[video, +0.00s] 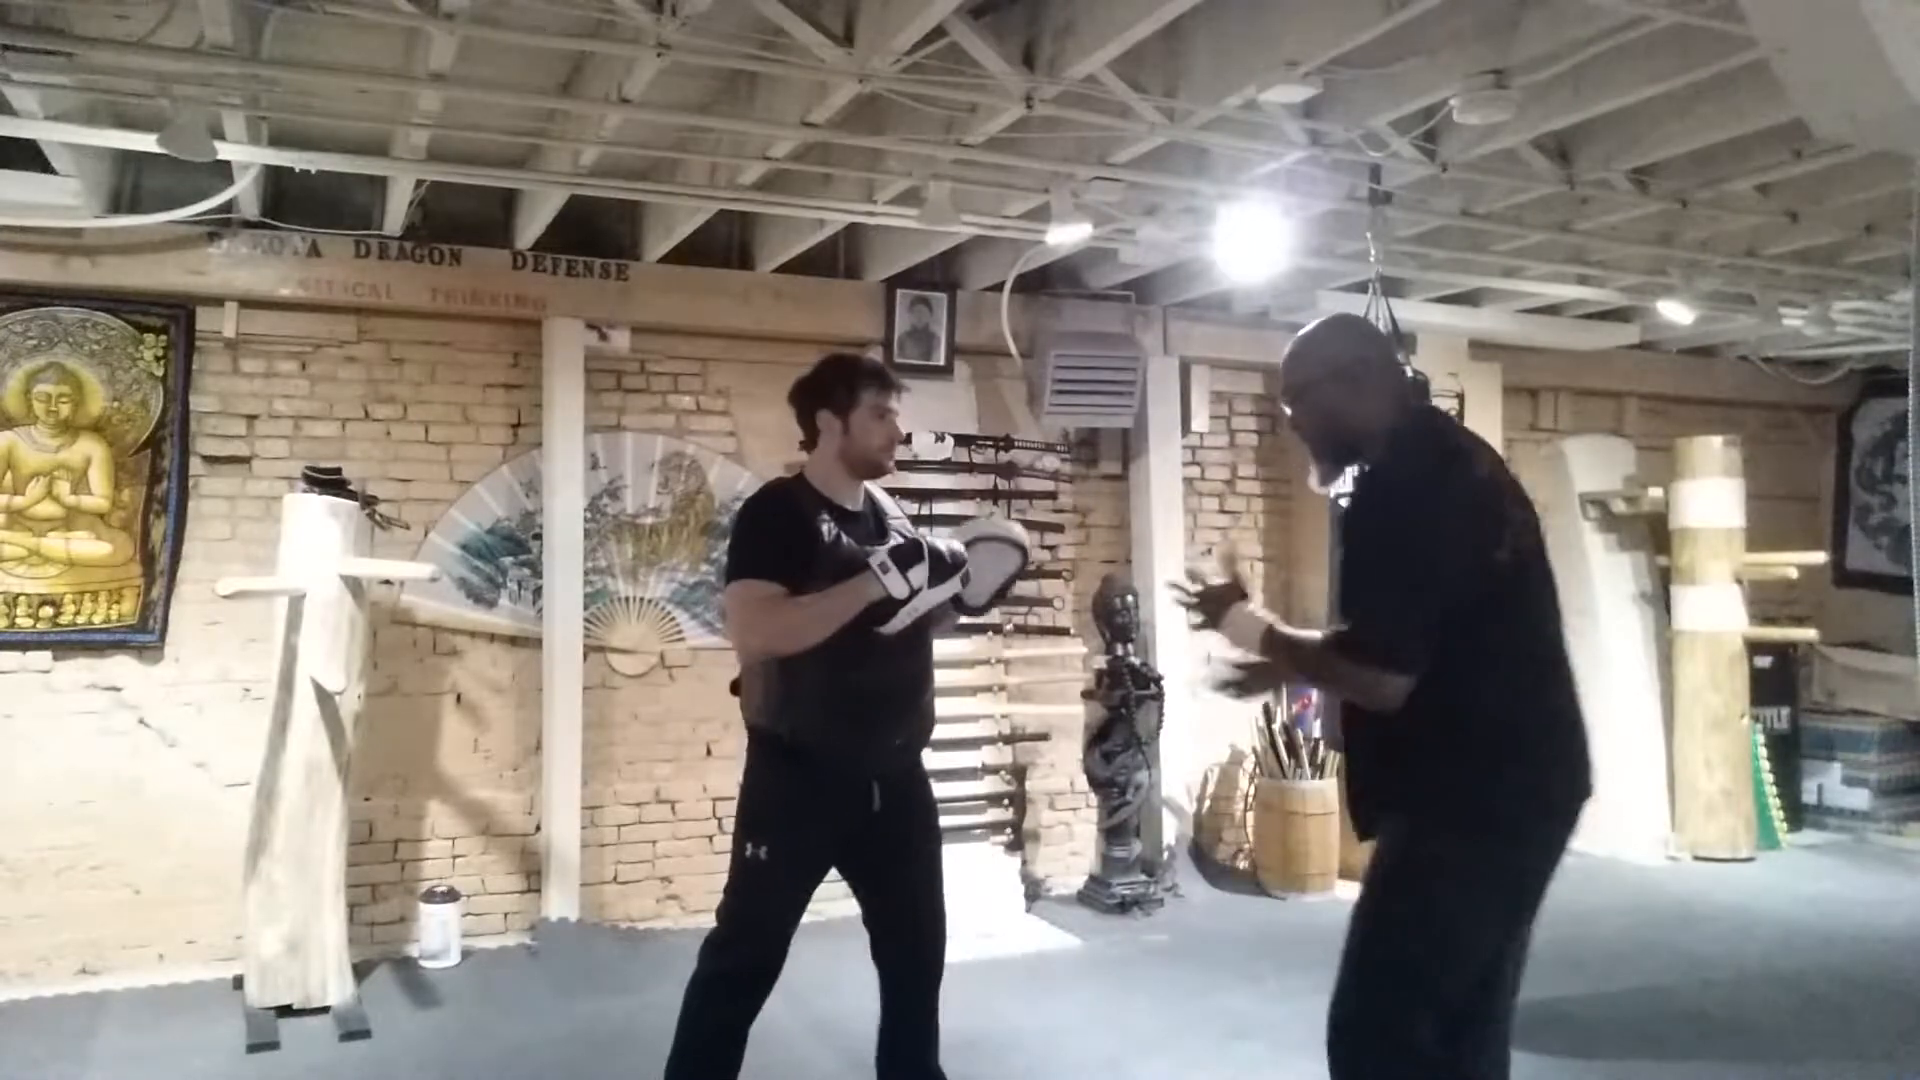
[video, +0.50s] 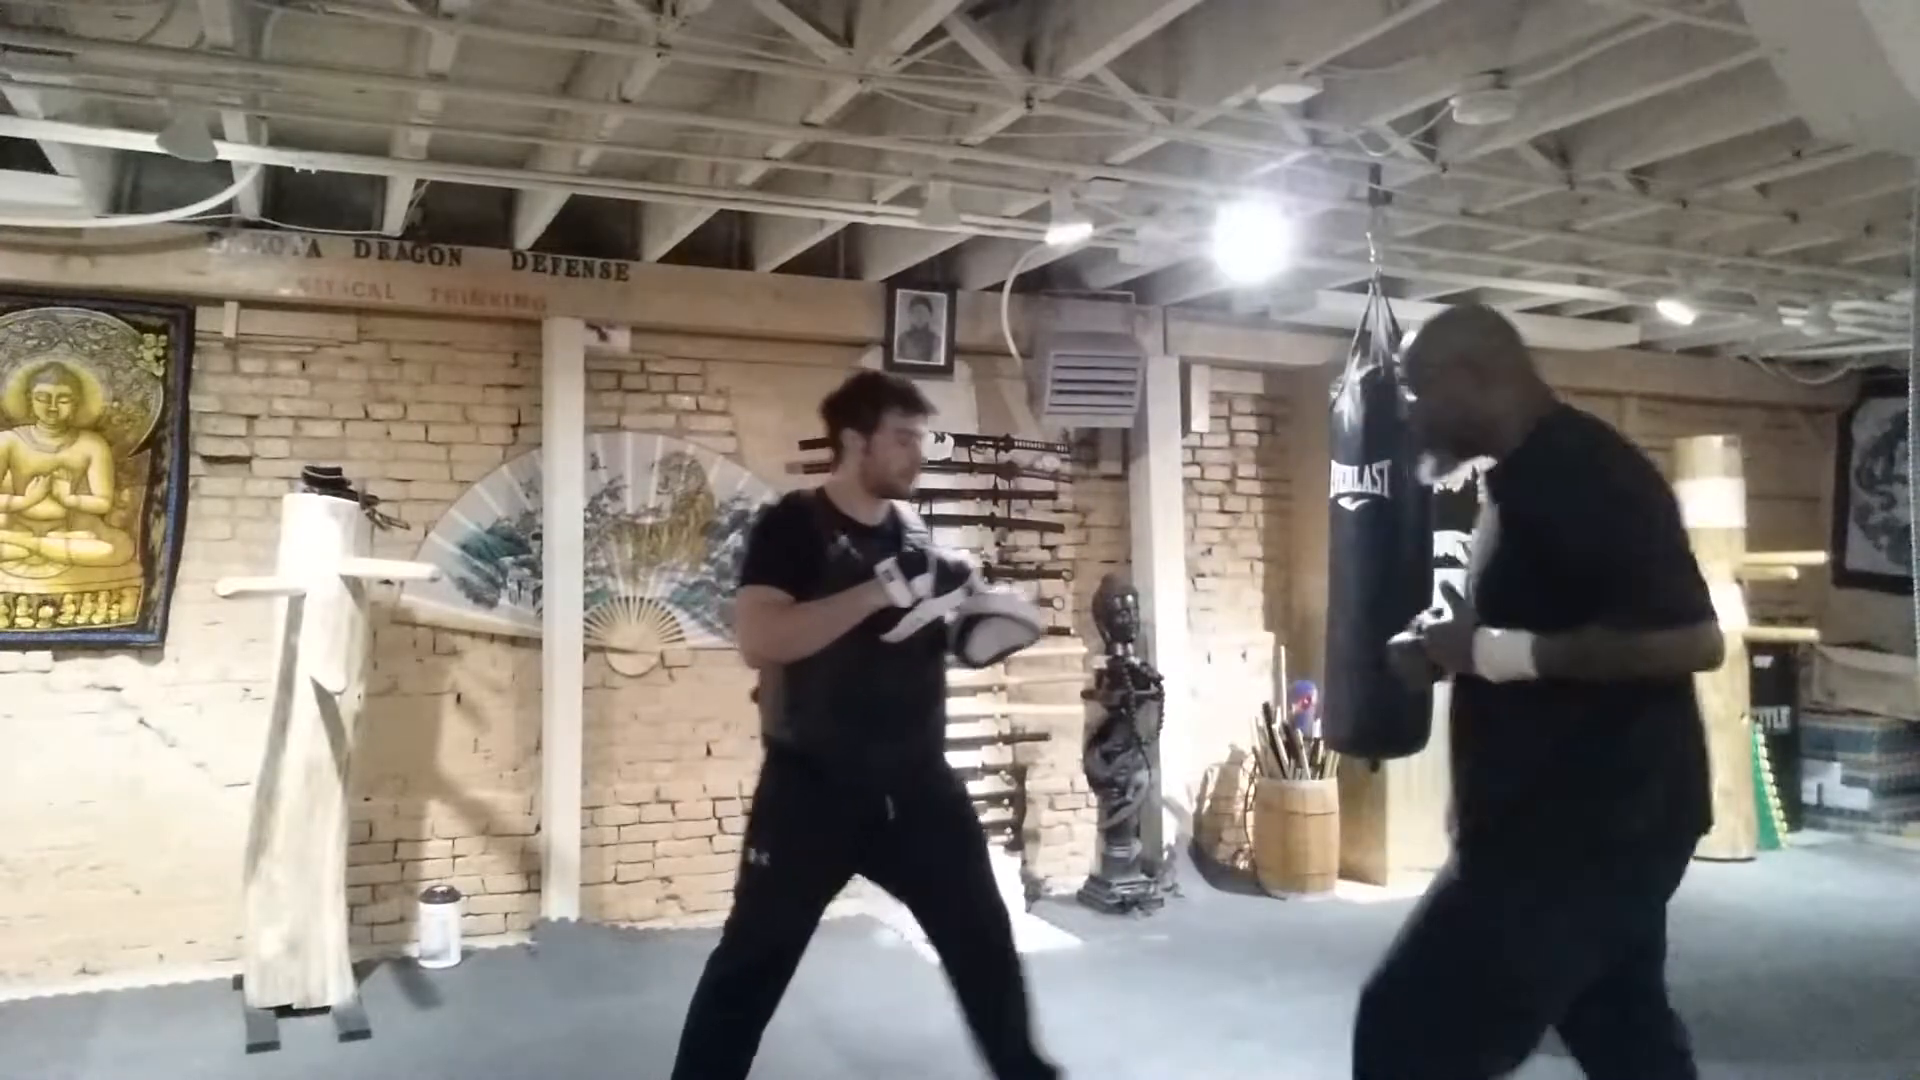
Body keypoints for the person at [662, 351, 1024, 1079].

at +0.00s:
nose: (900, 429)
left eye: (898, 414)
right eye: (883, 414)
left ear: (849, 426)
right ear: (829, 422)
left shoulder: (887, 516)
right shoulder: (772, 511)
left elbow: (919, 609)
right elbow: (752, 630)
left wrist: (973, 574)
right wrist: (876, 583)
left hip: (893, 778)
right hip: (794, 779)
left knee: (915, 968)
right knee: (740, 968)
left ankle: (913, 1078)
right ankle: (691, 1078)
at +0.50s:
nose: (920, 452)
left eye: (921, 438)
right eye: (905, 436)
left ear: (883, 446)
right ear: (855, 440)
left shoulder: (913, 539)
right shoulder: (789, 524)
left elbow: (943, 632)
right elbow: (758, 636)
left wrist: (981, 626)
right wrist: (880, 593)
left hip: (917, 788)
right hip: (810, 793)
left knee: (984, 947)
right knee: (748, 970)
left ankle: (1021, 1069)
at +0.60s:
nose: (961, 467)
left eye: (963, 452)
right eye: (946, 451)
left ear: (951, 462)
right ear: (892, 453)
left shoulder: (946, 549)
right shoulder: (829, 539)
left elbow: (963, 646)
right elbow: (795, 651)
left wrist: (1023, 624)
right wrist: (924, 607)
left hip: (947, 803)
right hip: (842, 806)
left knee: (1027, 968)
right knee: (769, 976)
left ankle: (1074, 1074)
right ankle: (704, 1079)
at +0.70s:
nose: (1013, 482)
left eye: (1013, 468)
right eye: (996, 466)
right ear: (944, 470)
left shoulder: (1001, 567)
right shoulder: (882, 556)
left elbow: (1015, 659)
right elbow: (839, 674)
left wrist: (1054, 627)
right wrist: (963, 656)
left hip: (999, 813)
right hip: (894, 815)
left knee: (1077, 945)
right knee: (801, 976)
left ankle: (1089, 1076)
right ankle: (728, 1078)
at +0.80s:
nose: (1055, 481)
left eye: (1057, 467)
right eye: (1038, 465)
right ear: (984, 470)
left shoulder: (1053, 564)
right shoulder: (923, 553)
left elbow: (1077, 674)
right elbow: (885, 677)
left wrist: (1096, 670)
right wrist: (1001, 679)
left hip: (1041, 809)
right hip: (931, 808)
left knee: (1109, 946)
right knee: (855, 970)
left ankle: (1099, 1079)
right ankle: (793, 1076)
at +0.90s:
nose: (1071, 463)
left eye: (1074, 450)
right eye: (1054, 449)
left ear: (1073, 454)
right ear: (1000, 455)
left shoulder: (1078, 542)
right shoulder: (945, 533)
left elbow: (1114, 635)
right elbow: (903, 655)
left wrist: (1147, 624)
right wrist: (1034, 656)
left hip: (1060, 793)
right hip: (952, 791)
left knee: (1115, 938)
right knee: (895, 955)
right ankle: (853, 1073)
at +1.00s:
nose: (1071, 451)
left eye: (1075, 438)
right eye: (1055, 436)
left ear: (1074, 443)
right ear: (1001, 440)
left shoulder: (1085, 529)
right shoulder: (946, 523)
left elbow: (1112, 638)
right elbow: (922, 638)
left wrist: (1175, 658)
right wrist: (1049, 623)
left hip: (1074, 776)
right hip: (968, 777)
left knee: (1143, 918)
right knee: (939, 942)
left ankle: (1111, 1074)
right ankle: (920, 1063)